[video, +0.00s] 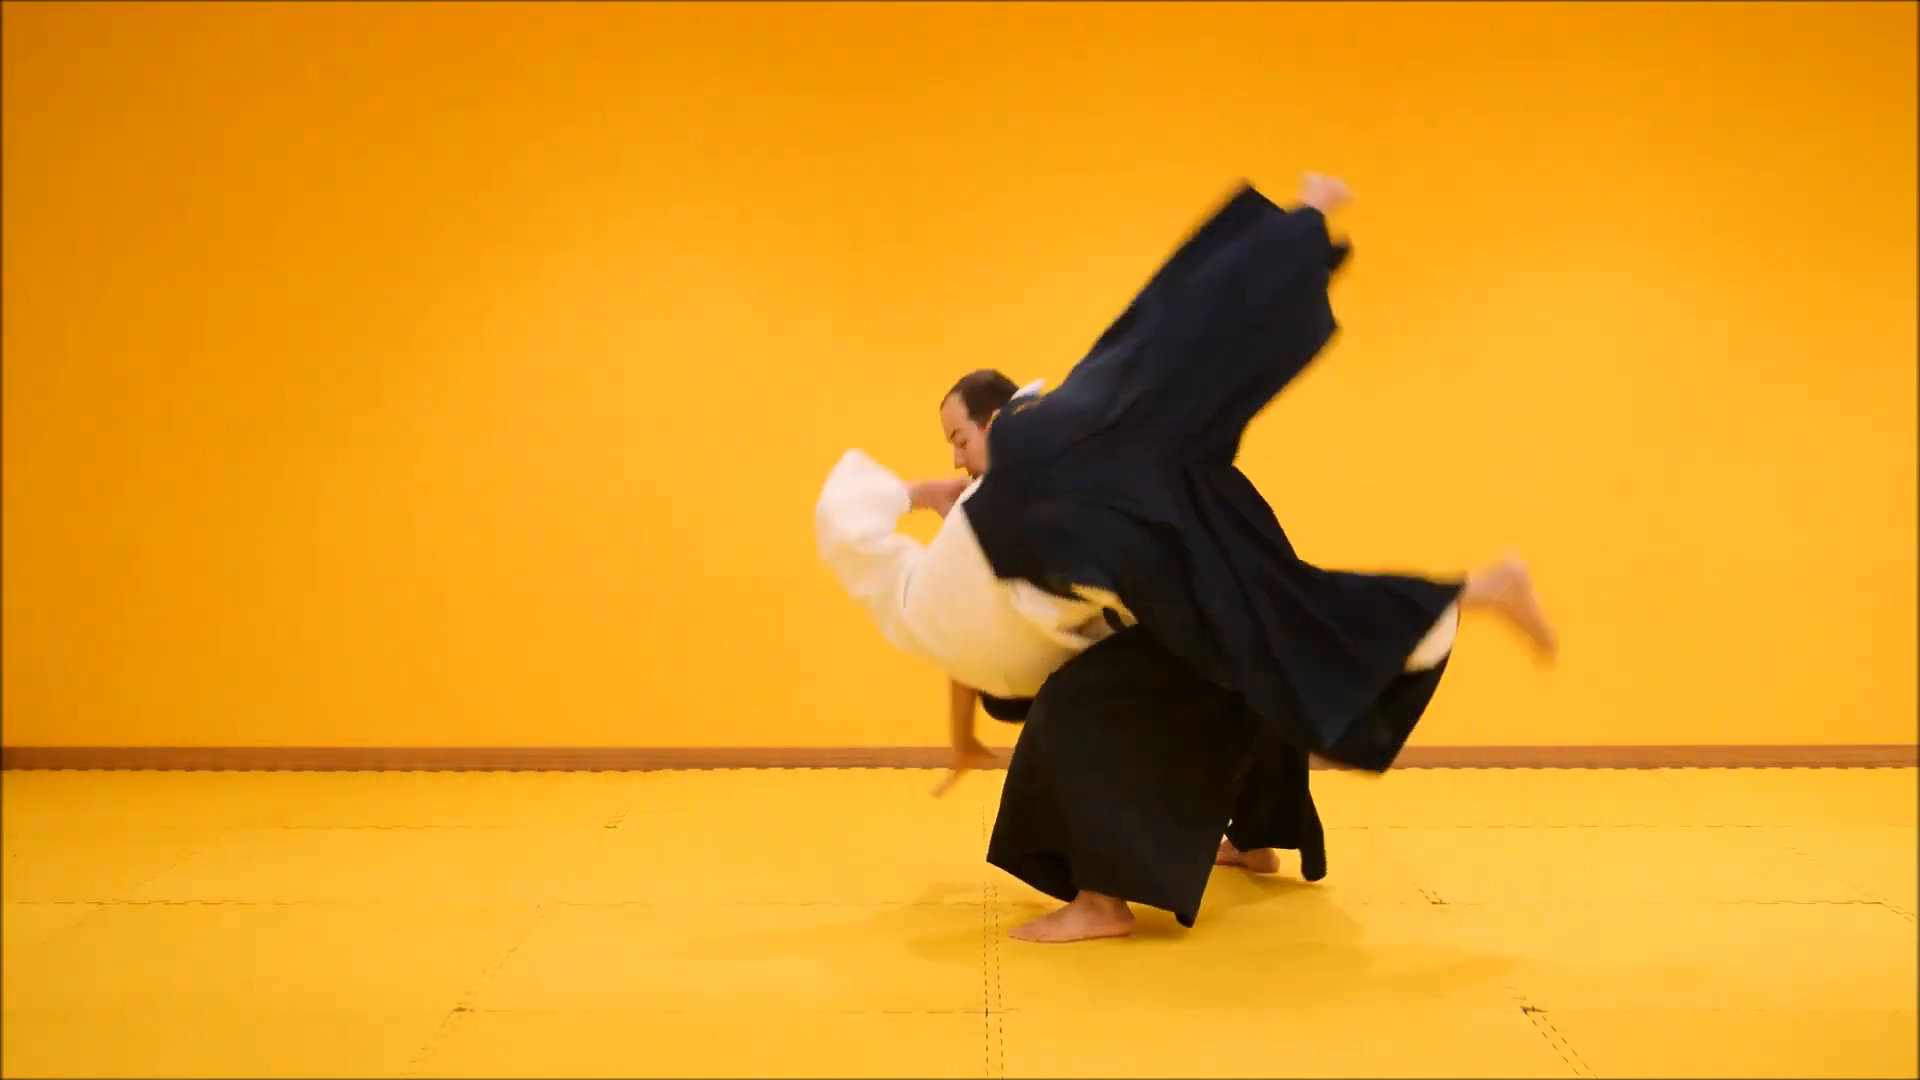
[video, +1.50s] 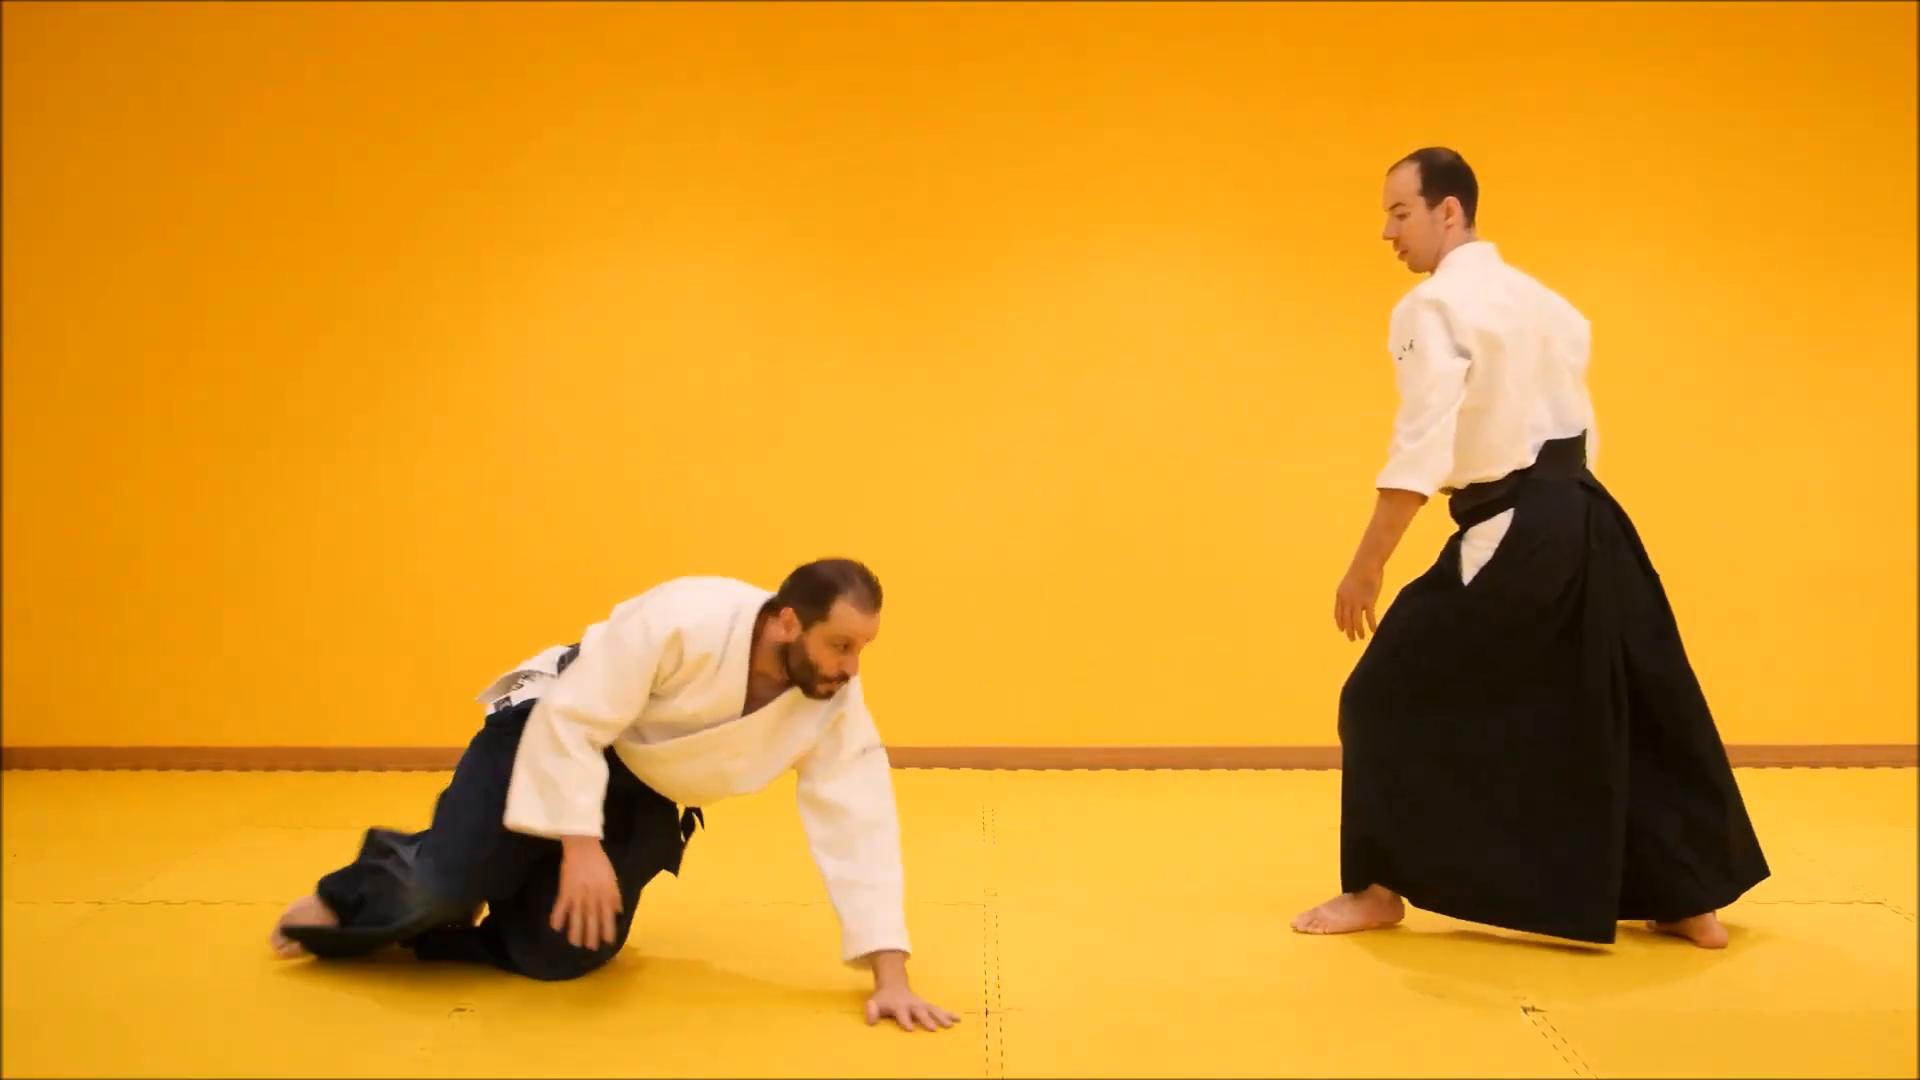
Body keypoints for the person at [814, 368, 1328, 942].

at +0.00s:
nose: (953, 453)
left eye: (958, 436)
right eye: (950, 439)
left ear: (996, 424)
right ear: (996, 427)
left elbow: (961, 657)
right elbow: (965, 652)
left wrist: (960, 750)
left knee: (1071, 708)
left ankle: (1099, 900)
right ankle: (1252, 840)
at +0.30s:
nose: (991, 509)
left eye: (990, 490)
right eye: (984, 493)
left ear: (1026, 470)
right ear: (1047, 461)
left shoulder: (1038, 527)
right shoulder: (1123, 474)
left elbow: (1031, 651)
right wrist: (831, 878)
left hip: (1249, 618)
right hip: (1301, 605)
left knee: (1098, 708)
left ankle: (1105, 898)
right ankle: (1260, 846)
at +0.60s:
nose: (1063, 372)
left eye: (1067, 353)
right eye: (1060, 355)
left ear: (1106, 344)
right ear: (1123, 344)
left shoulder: (1085, 406)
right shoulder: (1229, 384)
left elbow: (1038, 557)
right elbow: (1297, 495)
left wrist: (1120, 537)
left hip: (1251, 584)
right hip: (1332, 571)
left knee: (1089, 702)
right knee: (1294, 696)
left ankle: (1101, 897)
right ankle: (1354, 838)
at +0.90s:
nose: (1233, 299)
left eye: (1239, 281)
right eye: (1232, 283)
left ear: (1282, 275)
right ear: (1305, 278)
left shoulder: (1269, 357)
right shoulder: (1395, 351)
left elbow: (1251, 486)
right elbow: (1437, 474)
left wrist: (1191, 573)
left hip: (1374, 573)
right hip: (1454, 562)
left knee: (1225, 712)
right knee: (1530, 728)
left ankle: (1124, 890)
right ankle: (1676, 886)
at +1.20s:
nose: (1370, 240)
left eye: (1379, 221)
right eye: (1367, 224)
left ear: (1428, 216)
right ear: (1440, 221)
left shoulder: (1413, 306)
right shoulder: (1529, 307)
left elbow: (1400, 454)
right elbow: (1565, 443)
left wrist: (1349, 568)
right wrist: (1541, 519)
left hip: (1493, 538)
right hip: (1571, 527)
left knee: (1369, 702)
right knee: (1613, 706)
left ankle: (1387, 899)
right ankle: (1691, 900)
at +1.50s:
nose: (1389, 233)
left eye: (1399, 214)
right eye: (1386, 216)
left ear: (1449, 211)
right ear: (1453, 217)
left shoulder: (1434, 306)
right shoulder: (1547, 302)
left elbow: (1422, 452)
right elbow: (1576, 436)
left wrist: (1366, 566)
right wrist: (1549, 508)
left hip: (1508, 535)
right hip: (1586, 523)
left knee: (1374, 698)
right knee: (1622, 701)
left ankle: (1372, 887)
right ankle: (1686, 898)